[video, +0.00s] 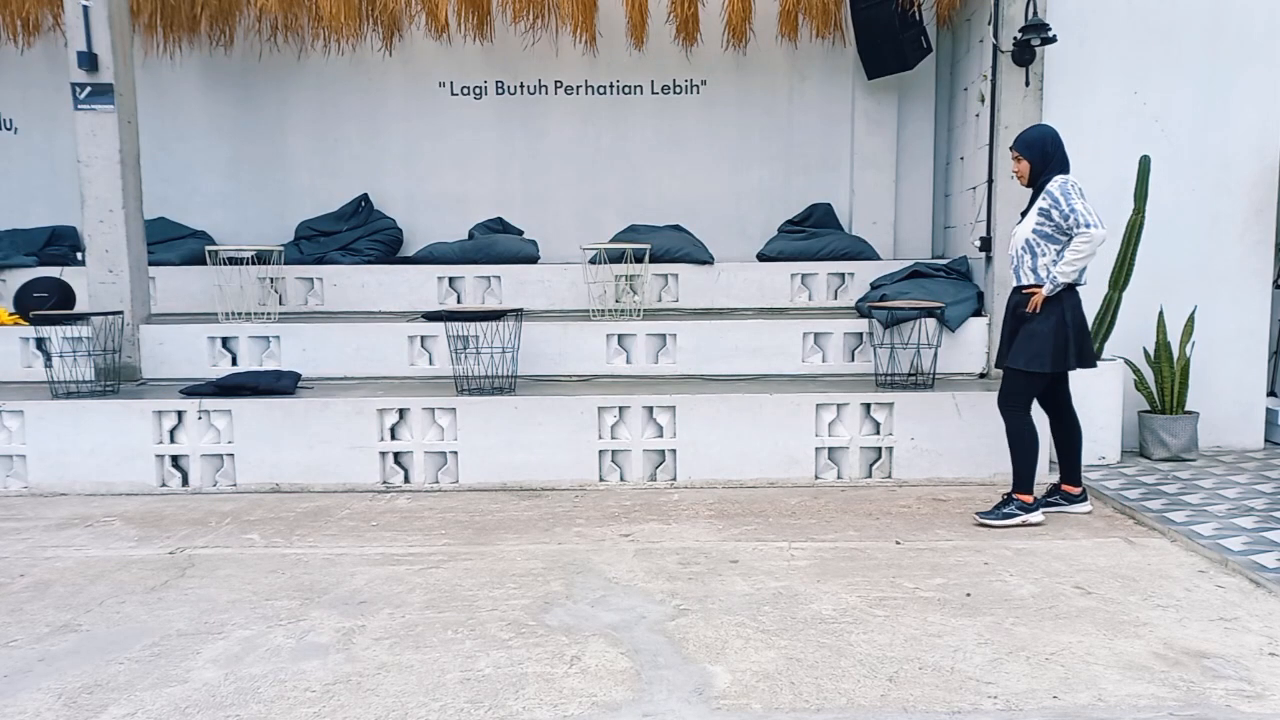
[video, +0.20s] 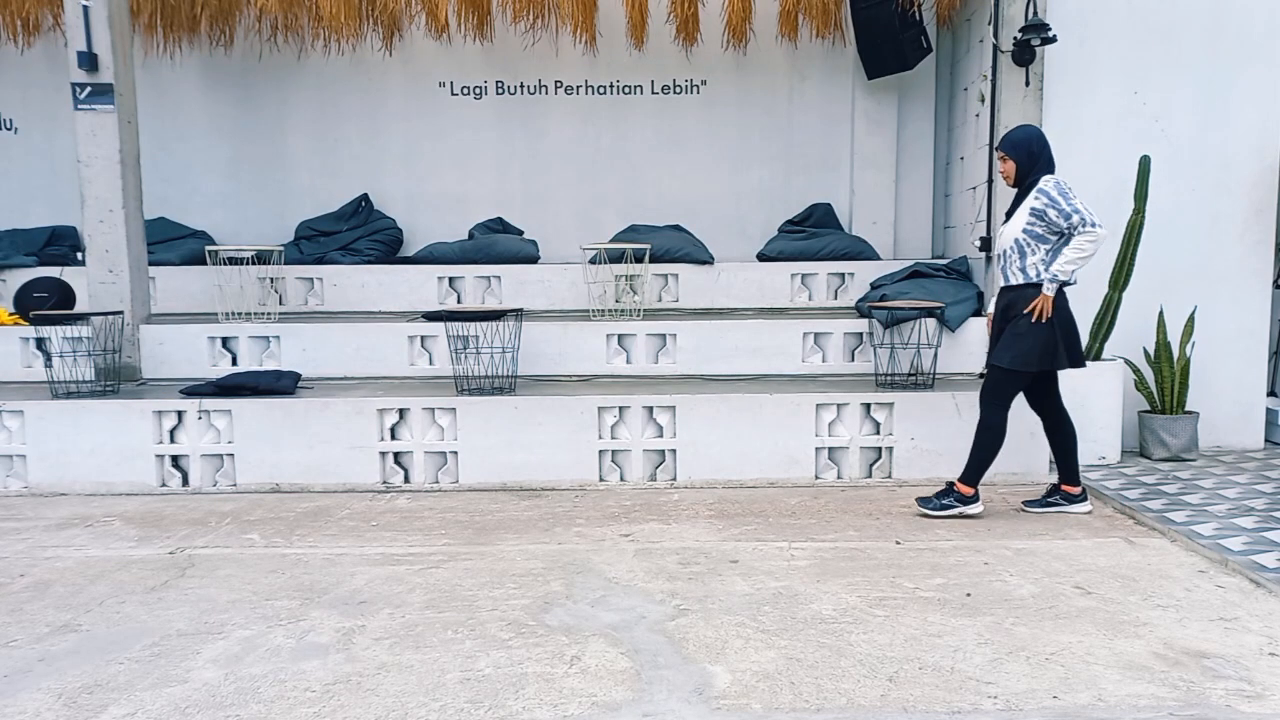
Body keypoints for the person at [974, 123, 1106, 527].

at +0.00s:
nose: (1015, 168)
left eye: (1020, 160)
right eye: (1014, 160)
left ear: (1041, 157)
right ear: (1038, 159)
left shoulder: (1060, 187)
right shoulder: (1044, 194)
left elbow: (1091, 232)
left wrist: (1052, 283)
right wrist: (1032, 284)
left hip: (1045, 311)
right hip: (1040, 309)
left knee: (1013, 402)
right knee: (1056, 401)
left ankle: (1022, 499)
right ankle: (1071, 488)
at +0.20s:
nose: (1000, 168)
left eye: (1005, 160)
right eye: (998, 160)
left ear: (1027, 158)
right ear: (1017, 160)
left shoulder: (1048, 186)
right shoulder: (1025, 198)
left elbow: (1091, 231)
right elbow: (1015, 262)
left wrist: (1052, 283)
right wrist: (997, 306)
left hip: (1032, 310)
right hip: (1017, 310)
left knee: (994, 397)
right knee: (1048, 404)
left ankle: (964, 490)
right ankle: (1071, 489)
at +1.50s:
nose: (716, 160)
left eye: (723, 154)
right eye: (719, 153)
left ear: (740, 159)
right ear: (744, 161)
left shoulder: (752, 195)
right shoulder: (739, 203)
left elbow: (778, 255)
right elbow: (718, 269)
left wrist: (796, 313)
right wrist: (687, 310)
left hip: (748, 312)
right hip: (750, 312)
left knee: (701, 393)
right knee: (764, 403)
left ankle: (701, 485)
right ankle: (778, 486)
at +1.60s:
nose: (688, 166)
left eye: (694, 160)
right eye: (690, 159)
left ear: (712, 165)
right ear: (712, 166)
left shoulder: (724, 201)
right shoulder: (712, 209)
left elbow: (754, 259)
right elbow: (683, 270)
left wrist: (780, 315)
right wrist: (639, 301)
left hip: (716, 316)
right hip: (723, 315)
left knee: (680, 406)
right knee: (747, 405)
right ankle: (776, 485)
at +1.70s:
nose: (660, 168)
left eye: (666, 162)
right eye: (662, 162)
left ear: (684, 167)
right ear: (687, 168)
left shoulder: (695, 205)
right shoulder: (683, 210)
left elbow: (717, 265)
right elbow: (655, 275)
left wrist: (741, 321)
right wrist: (610, 298)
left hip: (680, 318)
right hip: (688, 318)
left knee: (653, 409)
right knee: (716, 405)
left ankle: (621, 492)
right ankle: (768, 477)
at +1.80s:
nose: (631, 165)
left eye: (638, 158)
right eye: (634, 158)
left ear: (657, 163)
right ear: (658, 164)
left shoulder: (667, 205)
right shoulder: (656, 207)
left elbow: (677, 274)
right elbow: (639, 278)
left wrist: (685, 335)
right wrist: (601, 308)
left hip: (645, 315)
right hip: (643, 313)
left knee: (634, 409)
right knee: (663, 409)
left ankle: (616, 494)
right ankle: (735, 457)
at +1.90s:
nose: (605, 164)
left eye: (612, 157)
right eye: (606, 157)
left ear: (633, 161)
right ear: (631, 162)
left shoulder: (644, 206)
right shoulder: (630, 204)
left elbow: (635, 277)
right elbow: (621, 274)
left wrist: (617, 333)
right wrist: (604, 322)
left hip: (627, 310)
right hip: (610, 307)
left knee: (621, 405)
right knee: (599, 403)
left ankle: (614, 493)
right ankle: (675, 448)